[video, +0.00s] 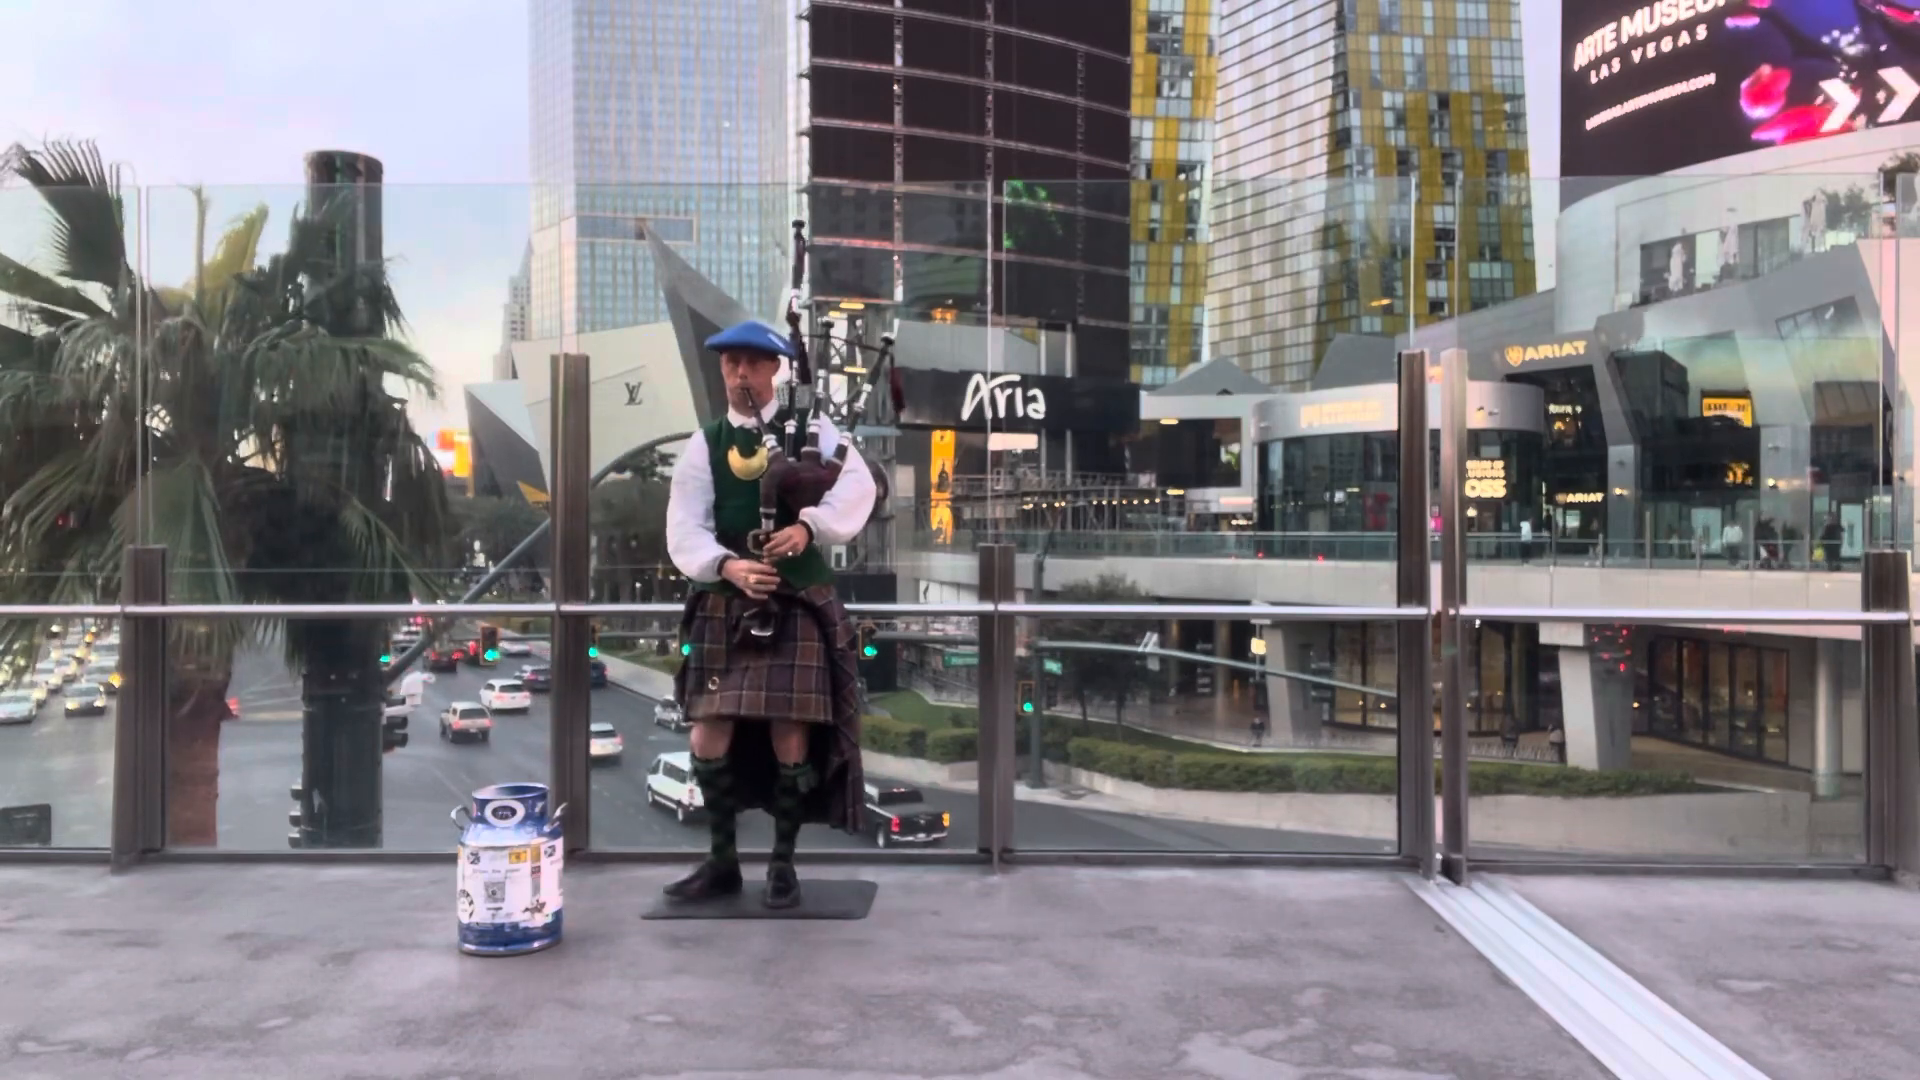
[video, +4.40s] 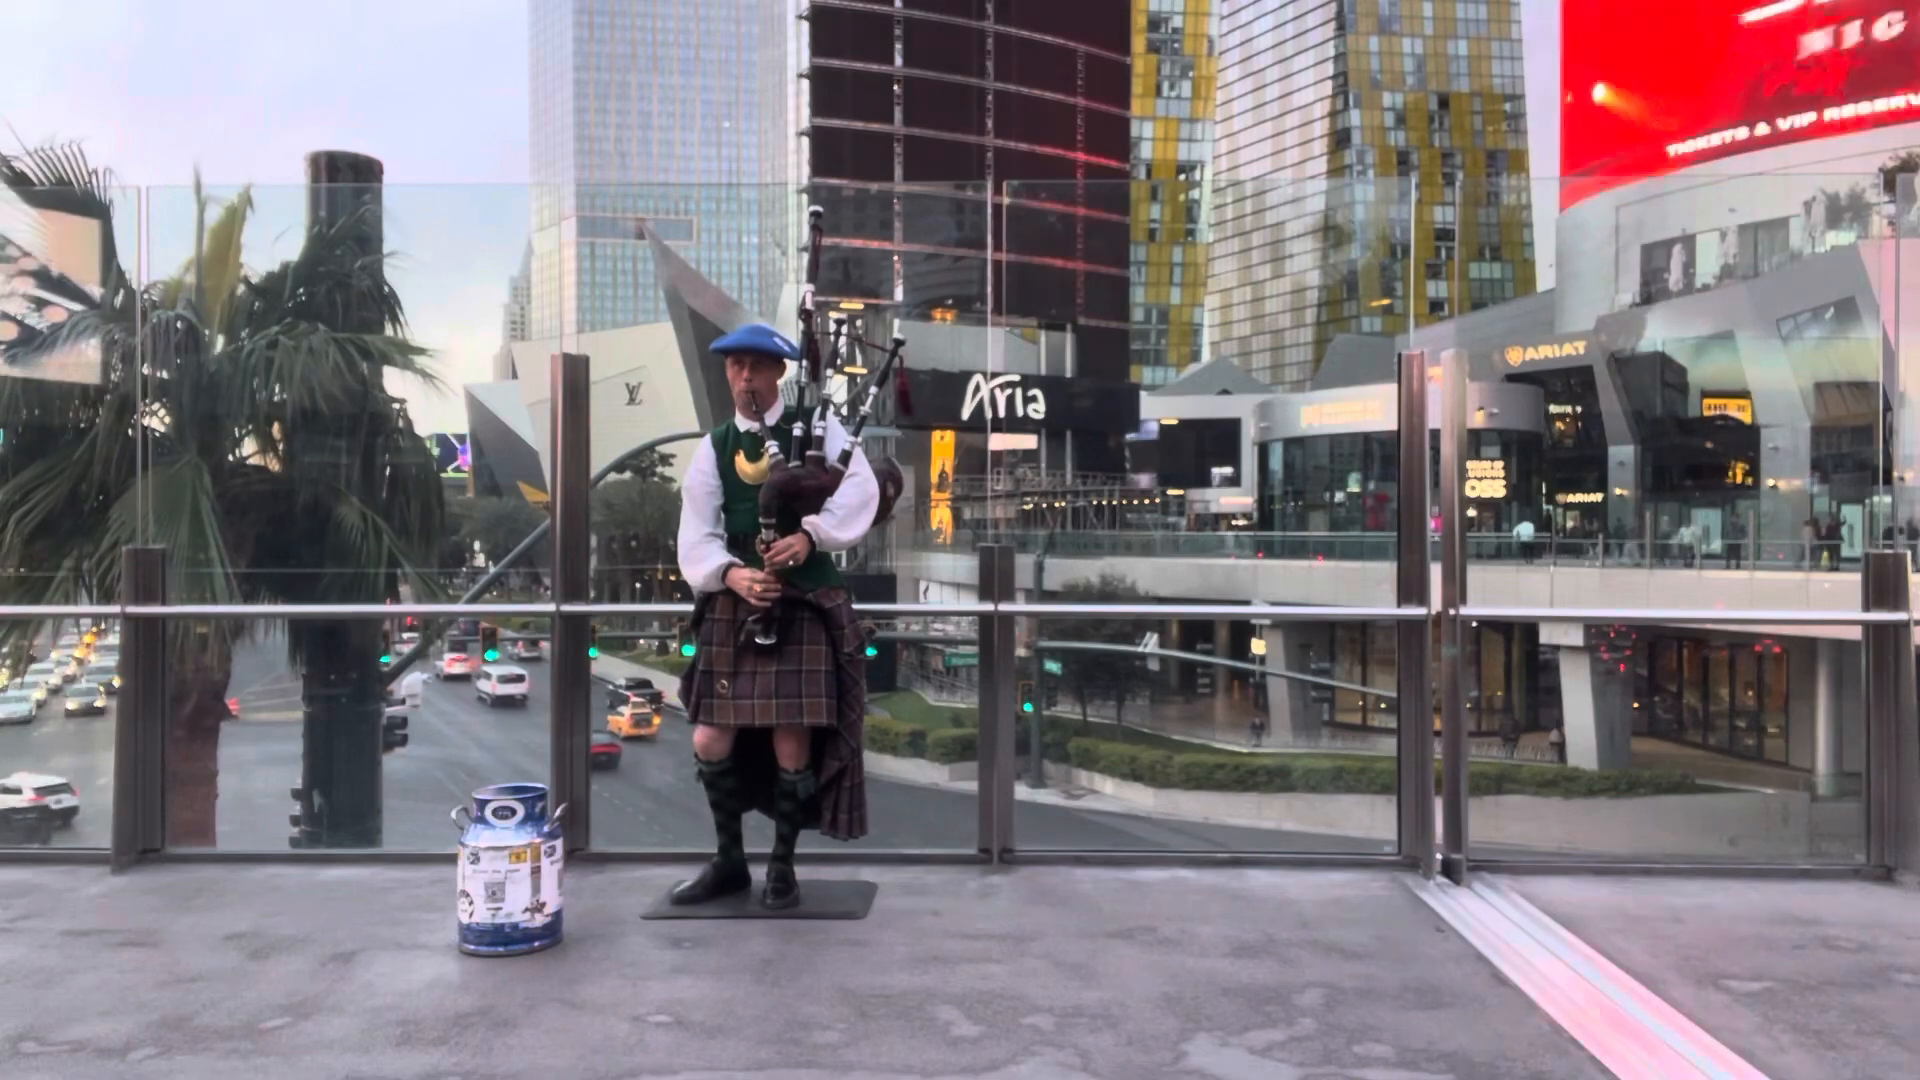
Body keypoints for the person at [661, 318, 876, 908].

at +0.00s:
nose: (742, 374)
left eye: (755, 362)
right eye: (733, 362)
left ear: (780, 370)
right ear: (721, 371)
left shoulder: (814, 430)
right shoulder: (704, 444)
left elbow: (860, 485)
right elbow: (684, 531)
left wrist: (811, 526)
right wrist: (726, 565)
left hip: (798, 597)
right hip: (725, 596)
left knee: (788, 728)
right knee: (708, 729)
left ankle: (781, 863)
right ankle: (722, 861)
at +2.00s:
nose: (747, 374)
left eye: (760, 363)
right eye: (739, 362)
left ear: (784, 371)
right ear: (727, 371)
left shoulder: (819, 428)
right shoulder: (712, 445)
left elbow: (861, 487)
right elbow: (691, 530)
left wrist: (811, 532)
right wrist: (727, 567)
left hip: (802, 596)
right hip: (730, 594)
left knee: (789, 728)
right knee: (713, 730)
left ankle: (781, 863)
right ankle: (725, 862)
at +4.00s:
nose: (747, 375)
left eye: (759, 363)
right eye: (738, 363)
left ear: (784, 371)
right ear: (726, 372)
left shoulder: (819, 427)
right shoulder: (714, 445)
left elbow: (863, 489)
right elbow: (695, 534)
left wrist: (814, 534)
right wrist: (728, 572)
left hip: (804, 599)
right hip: (732, 597)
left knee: (790, 734)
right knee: (715, 737)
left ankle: (781, 866)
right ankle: (730, 861)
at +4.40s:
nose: (745, 376)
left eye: (757, 365)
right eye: (737, 365)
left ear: (780, 372)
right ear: (724, 373)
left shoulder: (819, 429)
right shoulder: (713, 446)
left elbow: (862, 492)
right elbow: (695, 534)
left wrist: (812, 535)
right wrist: (729, 572)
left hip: (804, 600)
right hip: (732, 599)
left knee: (790, 735)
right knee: (709, 737)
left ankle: (781, 865)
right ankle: (729, 861)